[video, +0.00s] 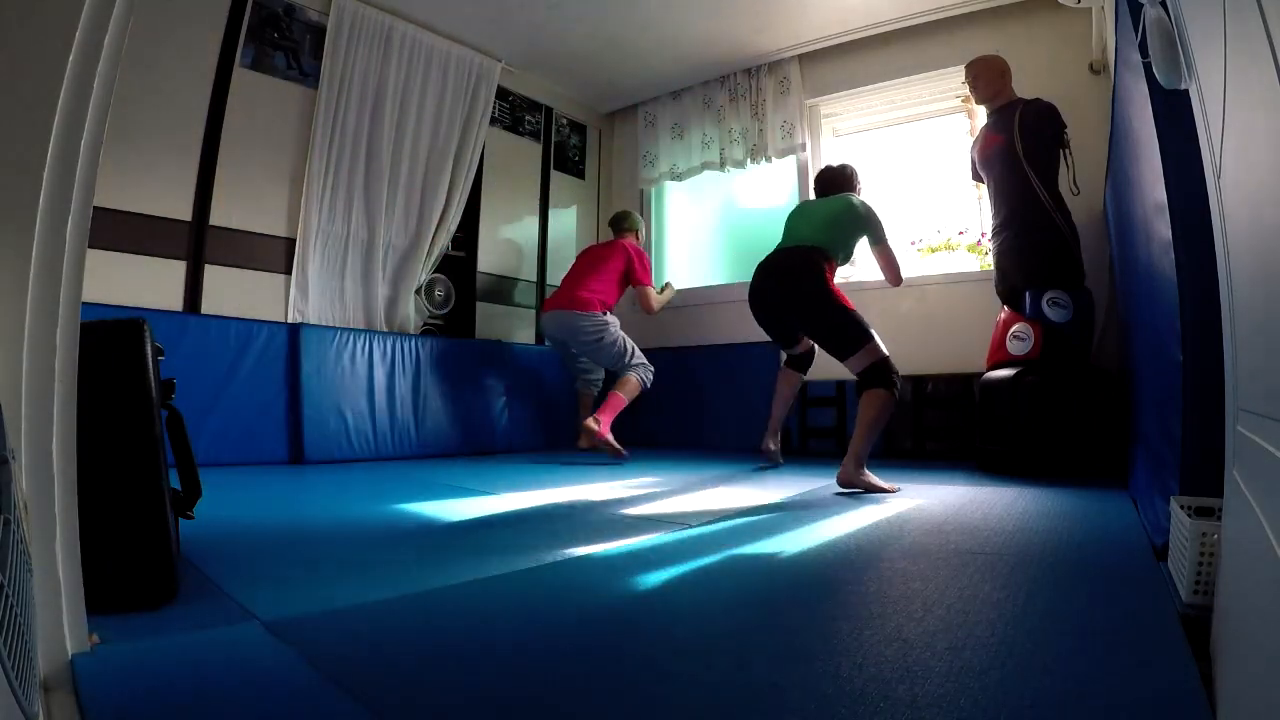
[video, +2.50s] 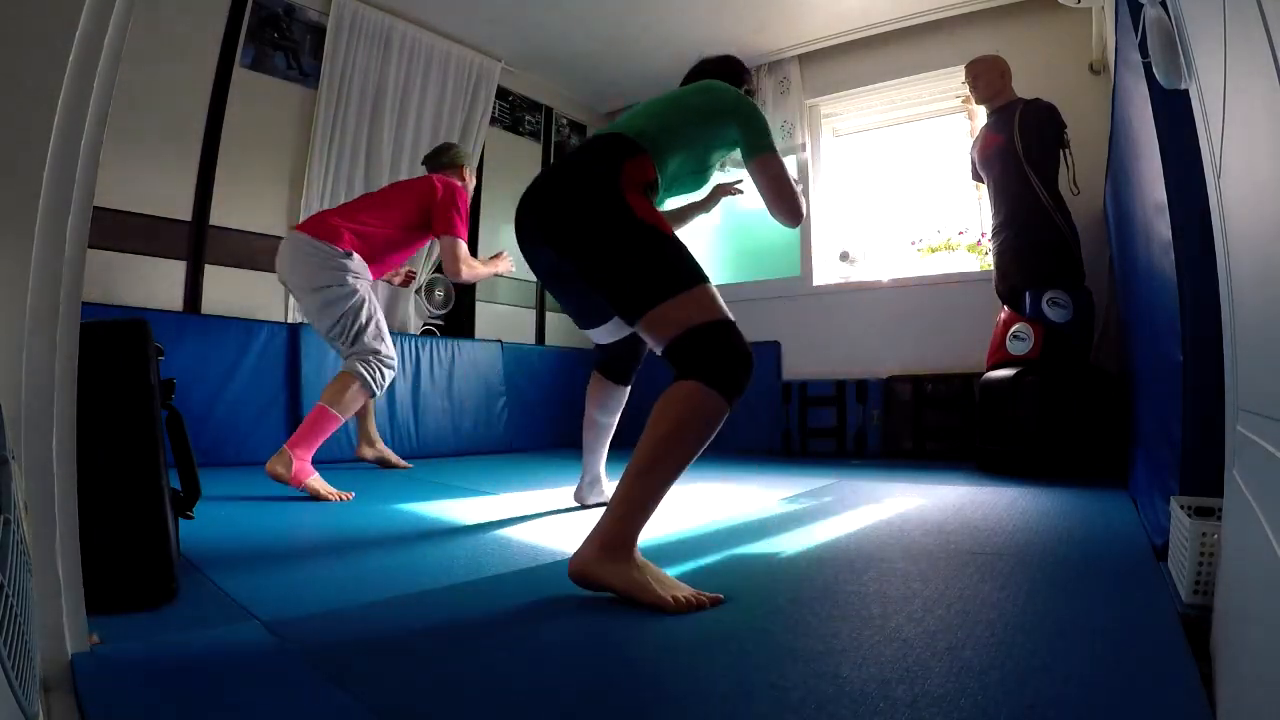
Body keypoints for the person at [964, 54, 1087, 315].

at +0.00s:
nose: (970, 85)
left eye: (975, 77)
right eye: (967, 81)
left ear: (1003, 76)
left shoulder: (1038, 112)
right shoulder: (980, 141)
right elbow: (978, 175)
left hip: (1050, 244)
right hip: (1008, 251)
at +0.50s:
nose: (970, 86)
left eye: (975, 77)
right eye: (968, 82)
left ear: (1003, 75)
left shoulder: (1037, 111)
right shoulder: (981, 140)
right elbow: (978, 176)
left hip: (1050, 244)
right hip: (1008, 250)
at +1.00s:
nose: (970, 85)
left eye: (975, 77)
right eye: (967, 81)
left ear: (1003, 75)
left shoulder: (1038, 112)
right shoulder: (981, 140)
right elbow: (977, 174)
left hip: (1050, 244)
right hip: (1008, 252)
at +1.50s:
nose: (970, 85)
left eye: (975, 76)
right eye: (967, 81)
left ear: (1003, 75)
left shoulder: (1037, 112)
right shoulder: (980, 141)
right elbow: (977, 176)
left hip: (1051, 245)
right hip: (1008, 252)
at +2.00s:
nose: (970, 87)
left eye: (975, 78)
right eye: (968, 81)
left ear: (1002, 75)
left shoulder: (1036, 111)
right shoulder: (981, 139)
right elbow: (978, 177)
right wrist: (975, 128)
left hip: (1049, 241)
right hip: (1009, 248)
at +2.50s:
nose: (970, 87)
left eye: (975, 78)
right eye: (968, 82)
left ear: (1002, 75)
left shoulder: (1036, 111)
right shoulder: (982, 137)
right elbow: (977, 175)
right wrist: (974, 123)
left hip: (1048, 240)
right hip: (1008, 246)